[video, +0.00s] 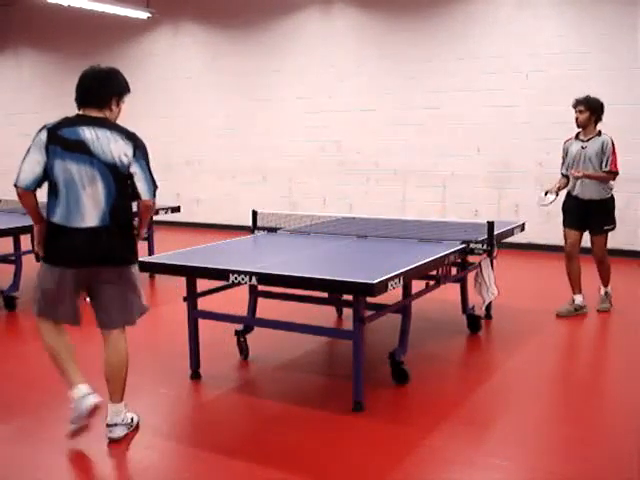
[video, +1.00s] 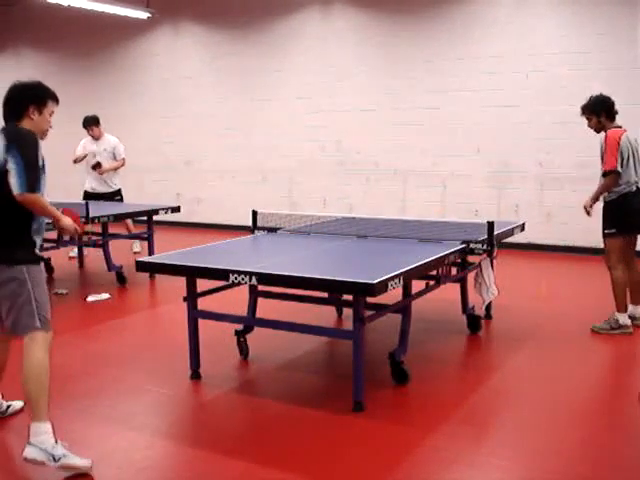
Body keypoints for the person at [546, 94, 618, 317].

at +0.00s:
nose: (576, 116)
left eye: (581, 112)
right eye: (575, 112)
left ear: (594, 115)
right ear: (575, 115)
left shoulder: (605, 142)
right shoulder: (569, 144)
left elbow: (611, 175)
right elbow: (566, 176)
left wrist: (585, 174)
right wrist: (556, 187)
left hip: (599, 202)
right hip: (574, 201)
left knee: (599, 254)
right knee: (570, 250)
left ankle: (605, 292)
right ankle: (577, 299)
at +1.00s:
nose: (588, 125)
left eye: (589, 119)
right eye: (587, 120)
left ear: (601, 116)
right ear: (606, 116)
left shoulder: (611, 137)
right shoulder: (626, 135)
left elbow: (612, 175)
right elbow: (626, 173)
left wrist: (593, 198)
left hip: (619, 201)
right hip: (634, 199)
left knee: (615, 261)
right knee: (630, 258)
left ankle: (621, 317)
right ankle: (634, 310)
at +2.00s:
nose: (565, 126)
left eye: (565, 121)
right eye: (564, 122)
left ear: (572, 120)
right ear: (586, 117)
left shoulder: (577, 139)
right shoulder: (603, 138)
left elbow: (574, 174)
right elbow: (593, 172)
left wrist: (556, 187)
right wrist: (563, 176)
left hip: (591, 198)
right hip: (613, 196)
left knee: (581, 258)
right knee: (600, 254)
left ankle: (584, 314)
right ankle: (603, 304)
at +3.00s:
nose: (538, 148)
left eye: (538, 144)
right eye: (537, 144)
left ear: (544, 143)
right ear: (560, 140)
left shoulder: (549, 159)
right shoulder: (580, 155)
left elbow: (551, 196)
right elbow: (590, 182)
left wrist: (534, 209)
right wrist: (562, 198)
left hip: (578, 206)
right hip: (603, 201)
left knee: (558, 255)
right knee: (583, 254)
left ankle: (561, 308)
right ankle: (592, 305)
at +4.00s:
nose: (545, 130)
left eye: (547, 127)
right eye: (546, 127)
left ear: (551, 130)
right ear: (569, 129)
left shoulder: (544, 148)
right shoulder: (582, 145)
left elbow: (548, 171)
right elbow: (599, 156)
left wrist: (552, 196)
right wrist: (602, 187)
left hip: (564, 195)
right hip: (590, 193)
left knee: (555, 253)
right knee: (586, 252)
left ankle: (560, 306)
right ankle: (592, 303)